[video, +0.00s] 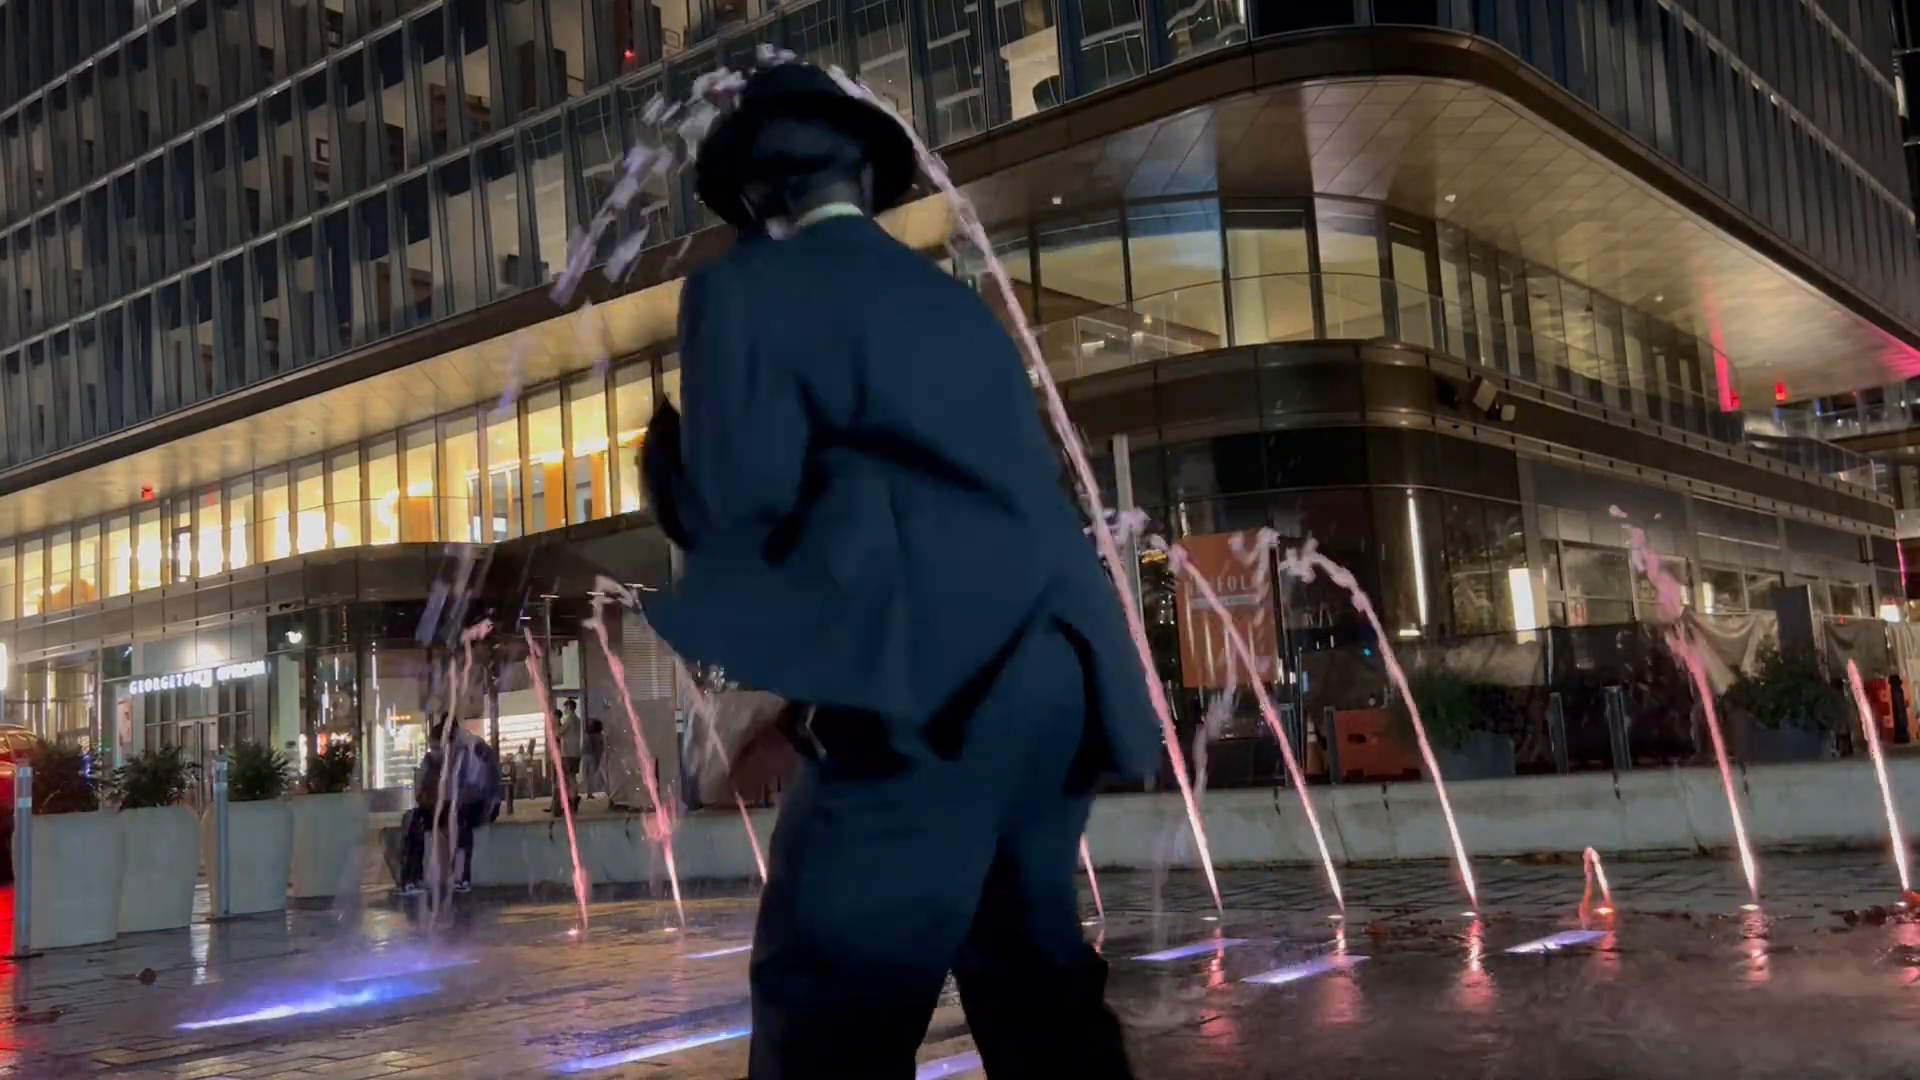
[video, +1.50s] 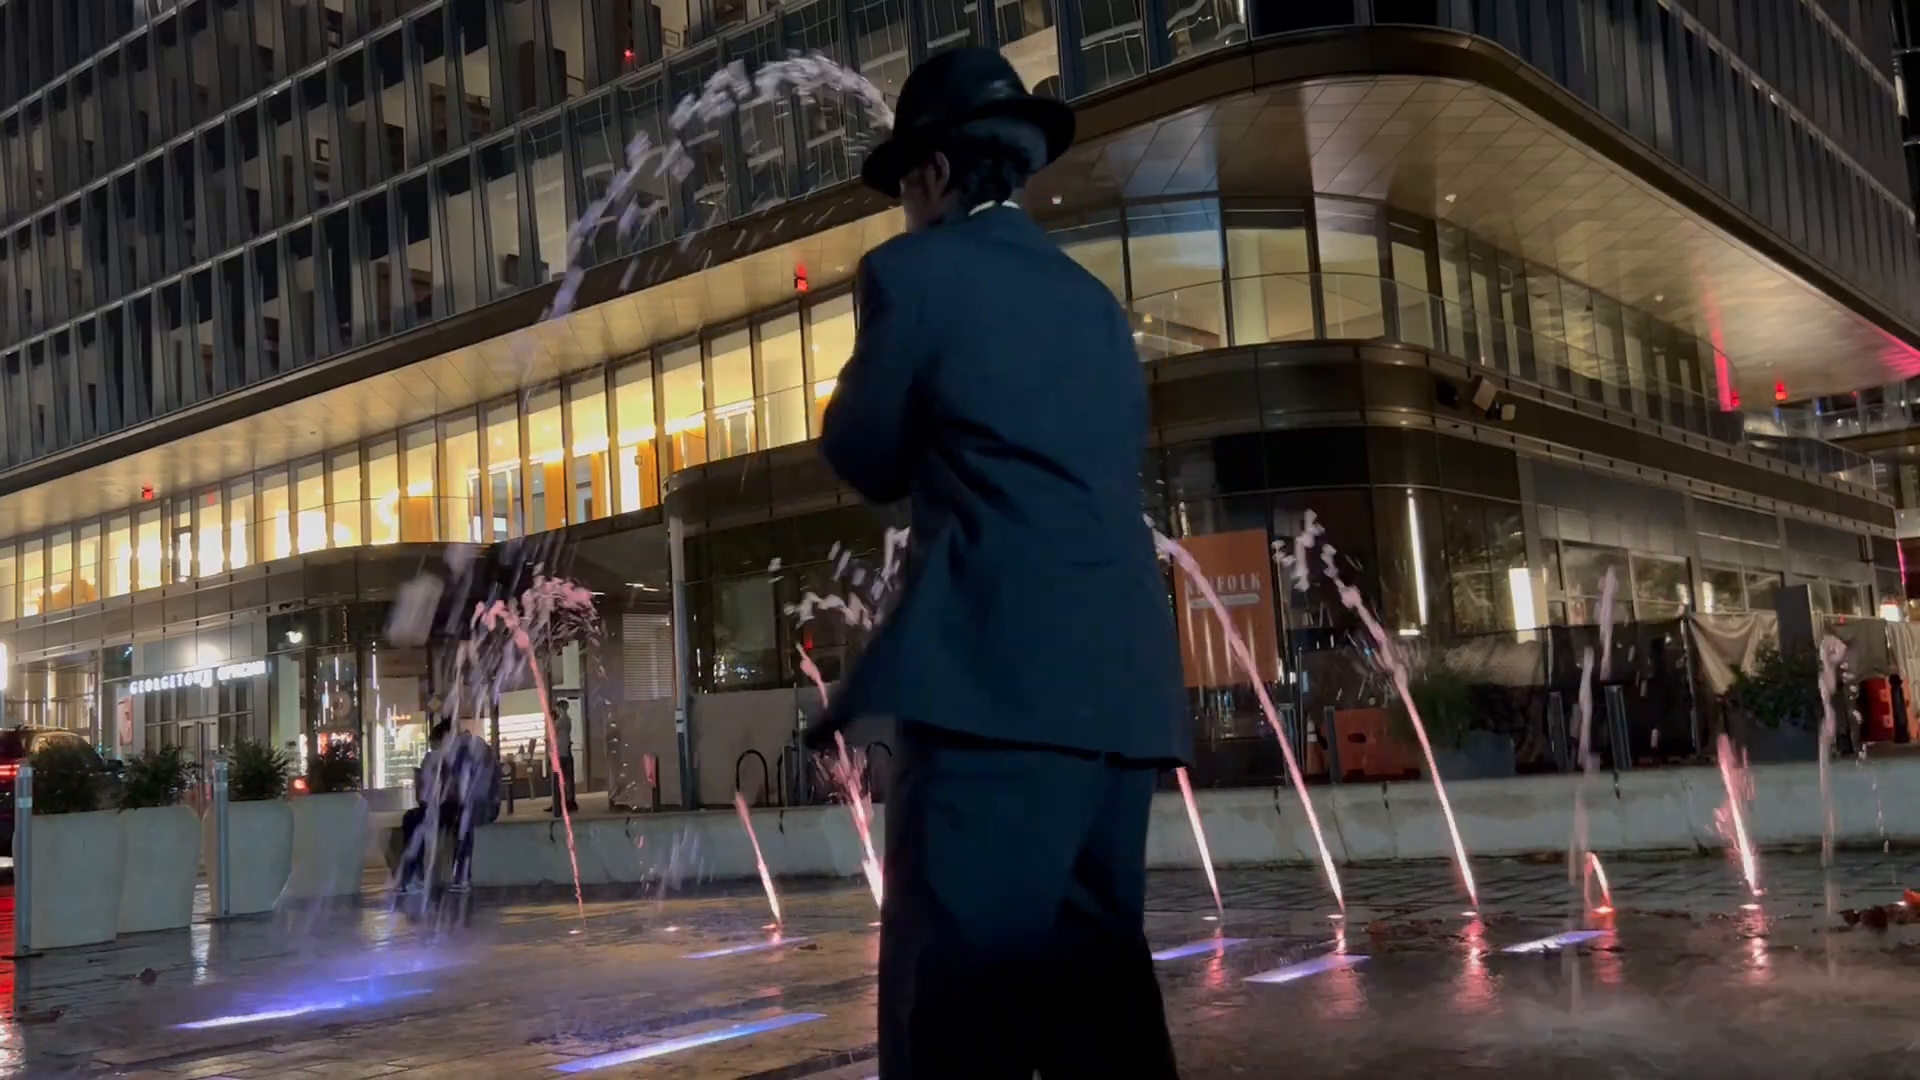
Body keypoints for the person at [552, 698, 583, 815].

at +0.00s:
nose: (564, 709)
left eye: (566, 707)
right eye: (565, 707)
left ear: (569, 708)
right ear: (573, 708)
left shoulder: (570, 719)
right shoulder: (577, 719)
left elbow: (560, 731)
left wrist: (554, 731)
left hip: (568, 753)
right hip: (575, 753)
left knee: (569, 778)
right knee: (572, 778)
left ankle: (571, 802)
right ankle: (573, 800)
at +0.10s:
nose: (564, 709)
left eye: (565, 707)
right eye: (565, 707)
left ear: (568, 708)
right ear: (574, 708)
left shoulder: (569, 719)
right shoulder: (577, 719)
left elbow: (560, 731)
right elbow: (577, 737)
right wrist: (578, 752)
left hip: (567, 753)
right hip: (574, 753)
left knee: (567, 779)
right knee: (572, 778)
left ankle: (570, 800)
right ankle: (573, 798)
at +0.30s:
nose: (564, 710)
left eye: (565, 707)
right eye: (564, 707)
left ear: (568, 708)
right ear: (573, 708)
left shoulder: (569, 719)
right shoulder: (576, 719)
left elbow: (561, 731)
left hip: (567, 753)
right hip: (574, 753)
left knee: (568, 778)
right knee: (572, 777)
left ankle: (570, 801)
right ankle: (573, 800)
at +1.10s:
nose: (560, 711)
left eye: (561, 709)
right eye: (560, 709)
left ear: (563, 709)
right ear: (569, 708)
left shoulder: (565, 720)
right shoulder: (571, 719)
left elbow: (557, 732)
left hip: (563, 753)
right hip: (569, 752)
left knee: (561, 779)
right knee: (569, 778)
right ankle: (571, 801)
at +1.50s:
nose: (557, 711)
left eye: (558, 709)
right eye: (558, 709)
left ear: (559, 709)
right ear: (566, 708)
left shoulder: (559, 721)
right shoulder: (567, 720)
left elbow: (553, 732)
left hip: (559, 754)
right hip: (567, 753)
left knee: (557, 779)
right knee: (569, 779)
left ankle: (557, 804)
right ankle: (571, 801)